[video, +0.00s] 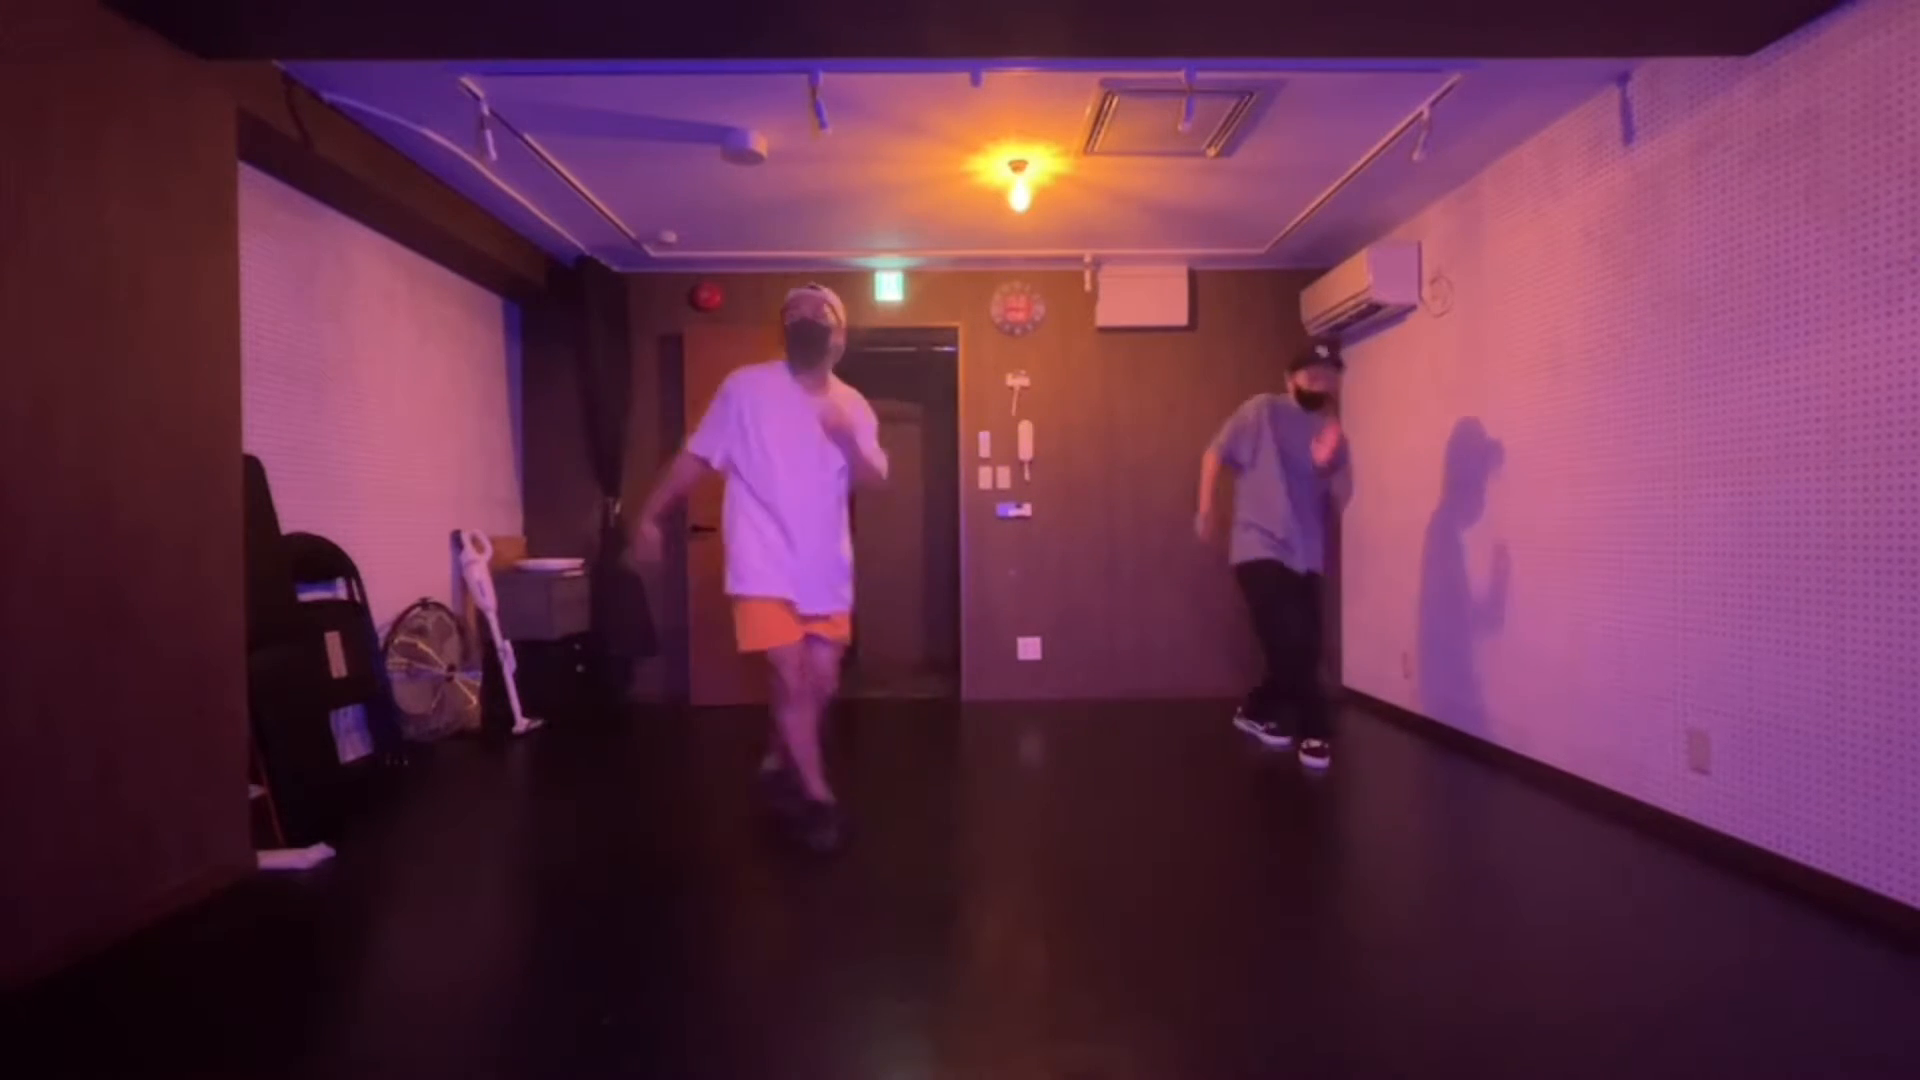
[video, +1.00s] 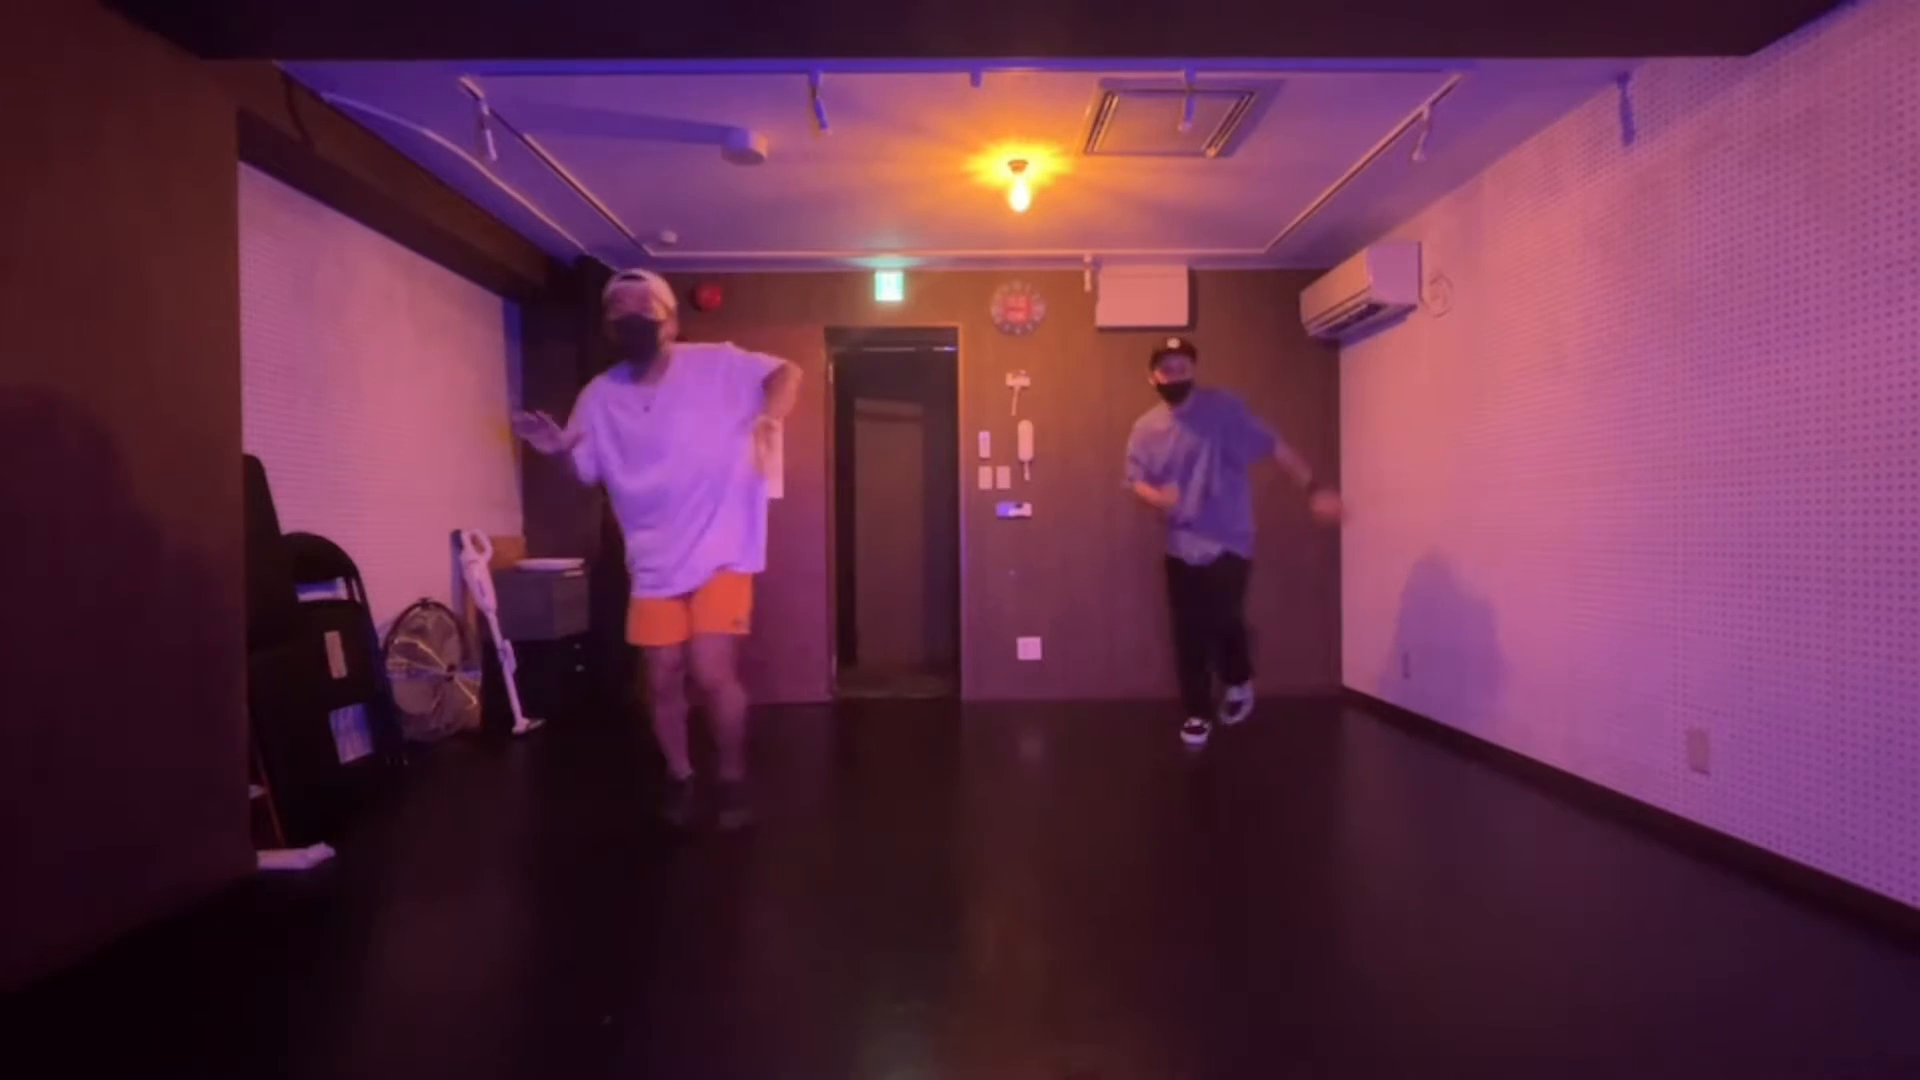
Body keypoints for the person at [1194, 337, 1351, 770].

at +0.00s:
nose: (1319, 383)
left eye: (1327, 375)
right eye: (1312, 373)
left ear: (1335, 381)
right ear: (1293, 374)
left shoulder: (1329, 430)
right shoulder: (1263, 409)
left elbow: (1341, 499)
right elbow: (1215, 453)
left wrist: (1328, 468)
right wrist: (1205, 507)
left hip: (1304, 549)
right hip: (1257, 540)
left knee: (1300, 641)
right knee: (1288, 637)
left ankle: (1258, 710)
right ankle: (1312, 733)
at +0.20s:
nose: (1296, 367)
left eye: (1304, 360)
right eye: (1287, 359)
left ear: (1313, 370)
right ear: (1269, 367)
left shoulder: (1318, 414)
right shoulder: (1243, 403)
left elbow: (1361, 451)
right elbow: (1188, 440)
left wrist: (1336, 442)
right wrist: (1191, 493)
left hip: (1289, 544)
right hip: (1244, 537)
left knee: (1283, 636)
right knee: (1271, 632)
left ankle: (1253, 718)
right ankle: (1283, 727)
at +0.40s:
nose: (1259, 358)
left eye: (1266, 350)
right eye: (1250, 350)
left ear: (1278, 358)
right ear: (1232, 361)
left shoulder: (1297, 407)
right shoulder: (1213, 408)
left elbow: (1330, 448)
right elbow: (1170, 452)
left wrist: (1293, 469)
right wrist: (1179, 503)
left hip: (1274, 538)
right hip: (1227, 532)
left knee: (1269, 626)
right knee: (1232, 618)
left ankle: (1256, 716)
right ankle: (1217, 710)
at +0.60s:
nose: (1218, 373)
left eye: (1226, 365)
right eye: (1208, 365)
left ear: (1239, 371)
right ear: (1193, 376)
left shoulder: (1264, 418)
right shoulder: (1181, 427)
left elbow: (1284, 472)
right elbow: (1156, 481)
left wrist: (1245, 492)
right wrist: (1163, 530)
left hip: (1261, 551)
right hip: (1210, 552)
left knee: (1265, 636)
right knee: (1206, 634)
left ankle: (1255, 718)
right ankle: (1198, 716)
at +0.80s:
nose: (1185, 372)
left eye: (1192, 362)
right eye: (1175, 364)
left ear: (1205, 366)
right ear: (1162, 373)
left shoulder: (1232, 410)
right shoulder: (1155, 426)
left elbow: (1256, 468)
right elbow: (1147, 488)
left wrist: (1258, 521)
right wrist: (1161, 533)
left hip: (1241, 545)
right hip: (1192, 549)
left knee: (1255, 630)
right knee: (1194, 637)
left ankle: (1260, 702)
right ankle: (1197, 712)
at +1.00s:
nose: (1174, 376)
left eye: (1181, 367)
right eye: (1165, 368)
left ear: (1194, 369)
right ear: (1153, 375)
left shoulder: (1222, 409)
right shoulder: (1147, 427)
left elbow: (1273, 446)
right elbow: (1135, 480)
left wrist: (1311, 486)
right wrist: (1157, 497)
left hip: (1228, 539)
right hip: (1182, 544)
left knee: (1224, 618)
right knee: (1188, 630)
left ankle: (1238, 682)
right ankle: (1195, 711)